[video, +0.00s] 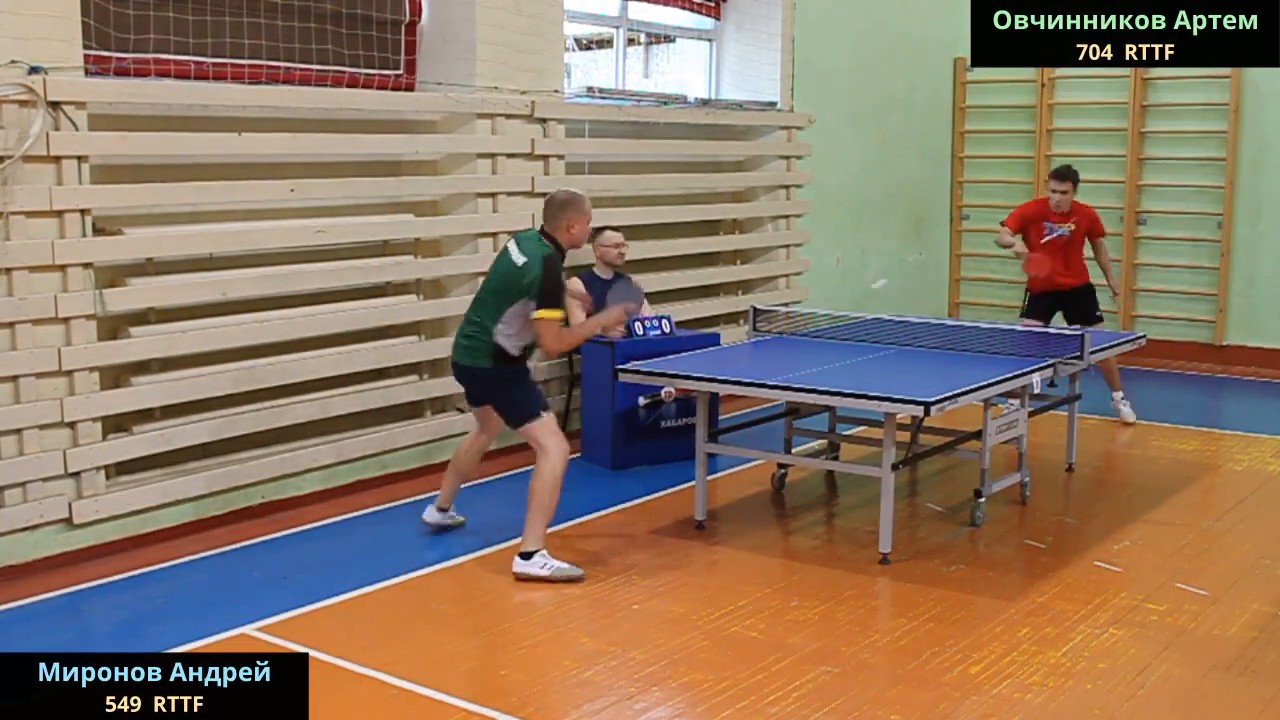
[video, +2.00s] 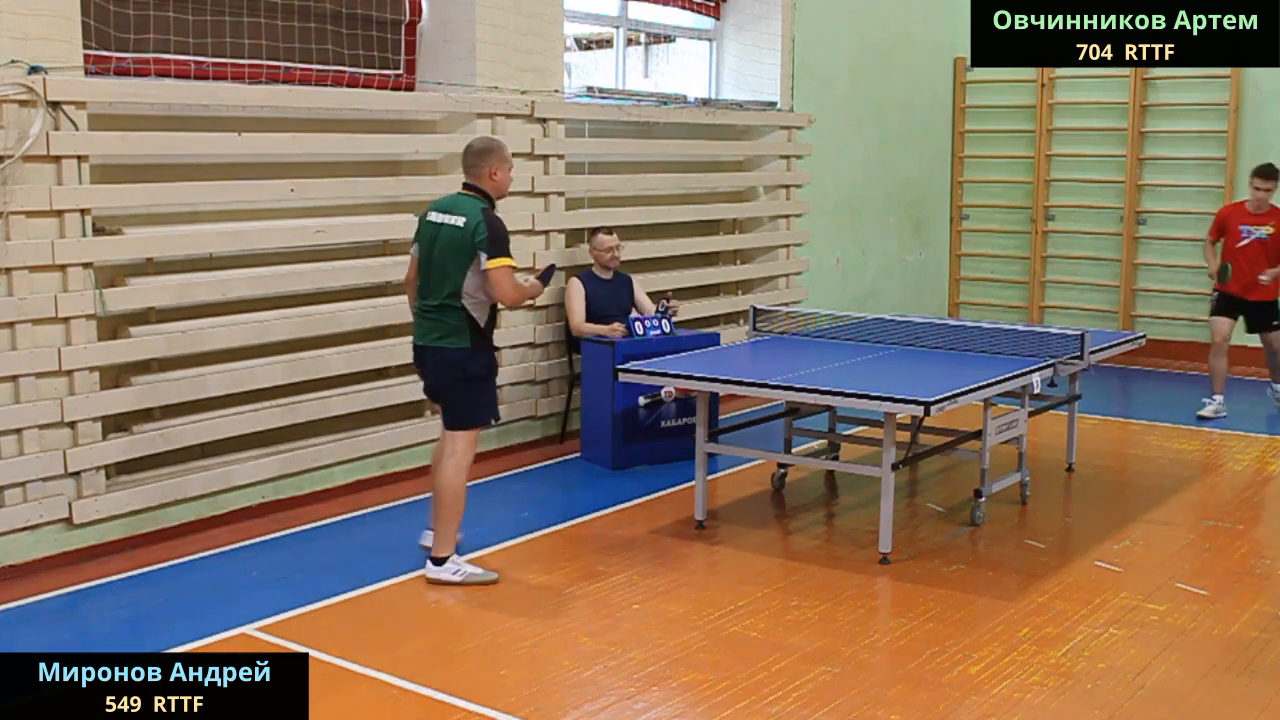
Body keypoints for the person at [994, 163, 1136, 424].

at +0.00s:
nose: (1056, 199)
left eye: (1063, 193)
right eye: (1052, 192)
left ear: (1074, 193)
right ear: (1047, 189)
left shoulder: (1085, 215)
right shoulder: (1031, 210)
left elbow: (1099, 247)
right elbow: (1002, 237)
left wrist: (1111, 279)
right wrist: (1015, 243)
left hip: (1077, 289)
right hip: (1041, 290)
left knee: (1100, 343)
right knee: (1023, 344)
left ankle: (1119, 398)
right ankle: (1015, 404)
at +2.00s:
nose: (1260, 195)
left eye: (1266, 190)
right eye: (1257, 189)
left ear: (1274, 191)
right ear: (1249, 186)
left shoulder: (1277, 218)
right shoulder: (1228, 213)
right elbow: (1210, 241)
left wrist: (1275, 271)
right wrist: (1212, 266)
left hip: (1265, 294)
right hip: (1229, 291)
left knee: (1274, 345)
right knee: (1219, 339)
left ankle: (1276, 386)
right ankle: (1217, 400)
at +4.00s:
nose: (1094, 245)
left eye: (1100, 239)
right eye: (1090, 238)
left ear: (1112, 237)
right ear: (1085, 236)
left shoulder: (1130, 250)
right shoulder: (1076, 259)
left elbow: (1175, 269)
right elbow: (1070, 293)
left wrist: (1152, 297)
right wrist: (1074, 314)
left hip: (1137, 310)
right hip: (1098, 310)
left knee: (1150, 359)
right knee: (1065, 352)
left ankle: (1159, 421)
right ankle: (1061, 410)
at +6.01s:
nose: (1084, 236)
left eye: (1091, 231)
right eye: (1081, 230)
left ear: (1106, 230)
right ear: (1078, 229)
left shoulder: (1124, 247)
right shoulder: (1072, 253)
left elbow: (1167, 270)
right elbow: (1066, 285)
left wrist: (1146, 303)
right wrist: (1068, 307)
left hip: (1132, 313)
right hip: (1095, 311)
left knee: (1147, 360)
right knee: (1063, 351)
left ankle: (1158, 421)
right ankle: (1061, 410)